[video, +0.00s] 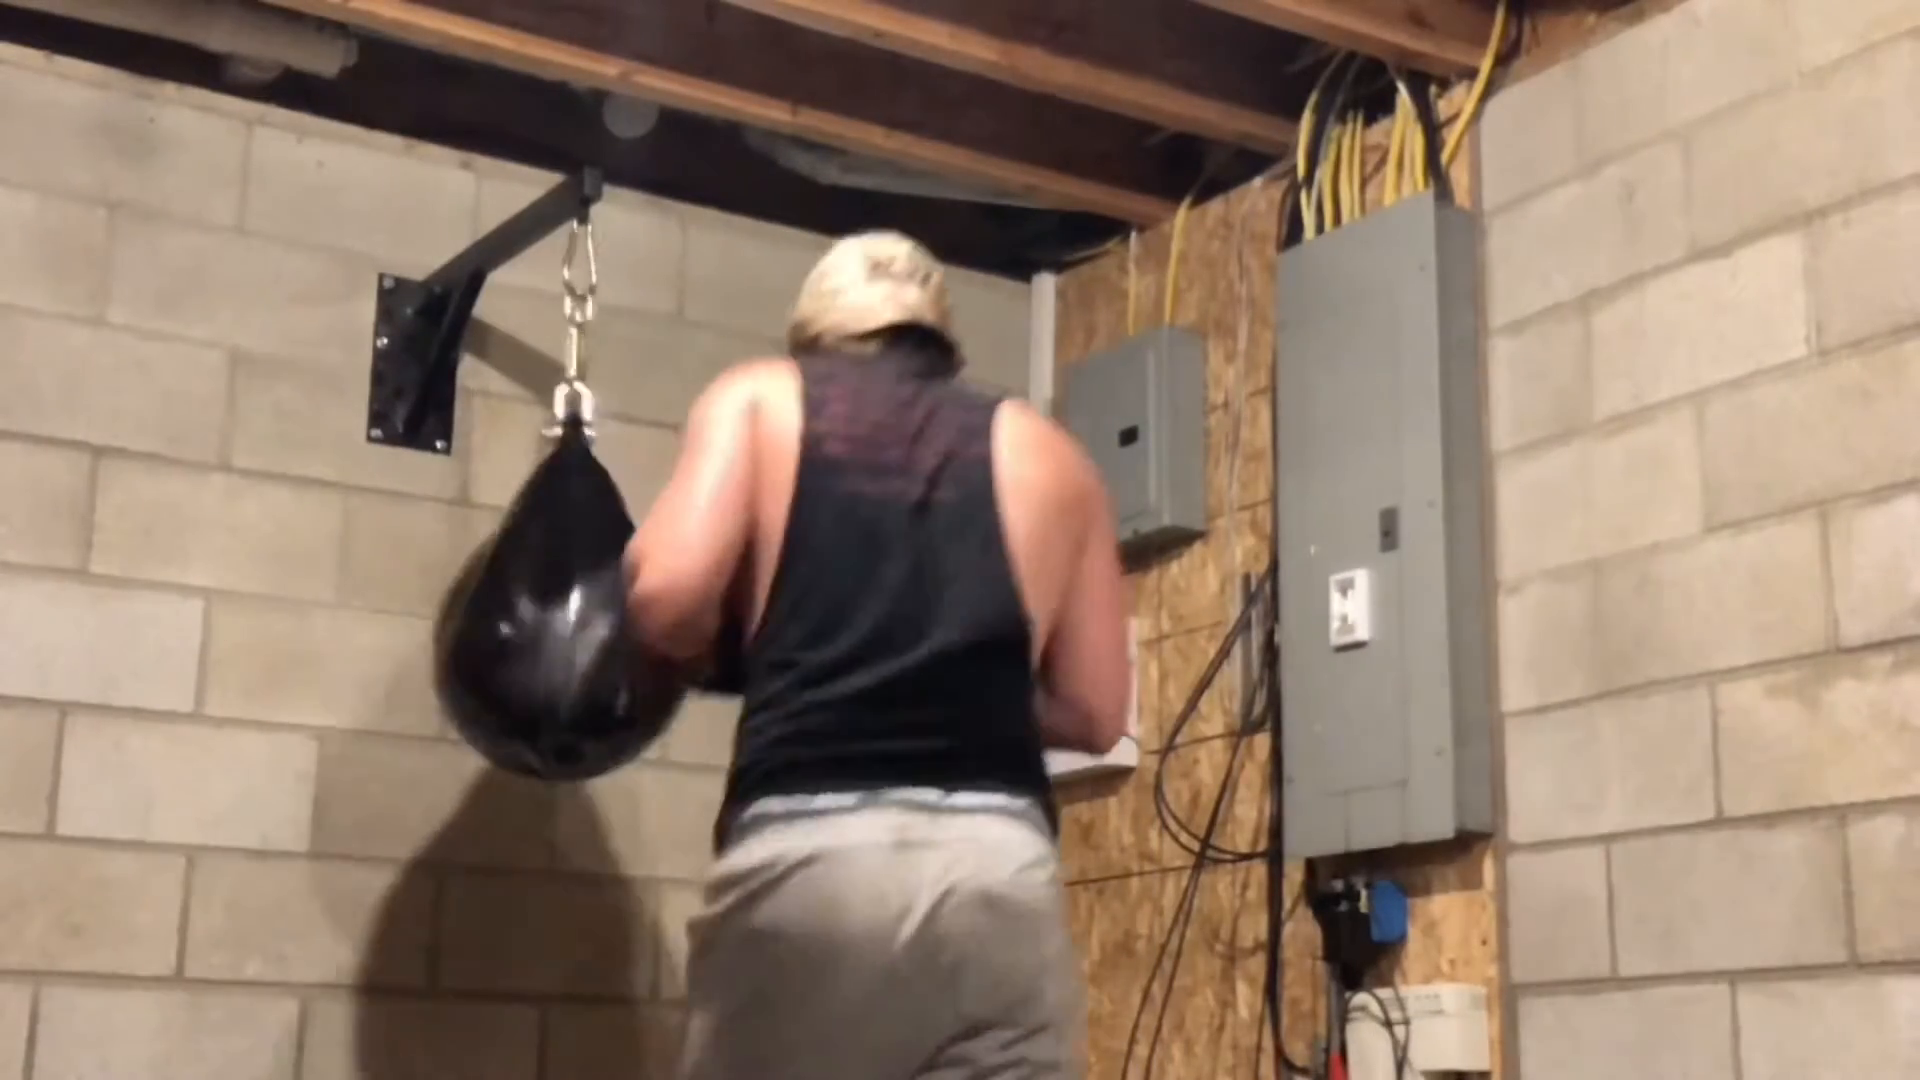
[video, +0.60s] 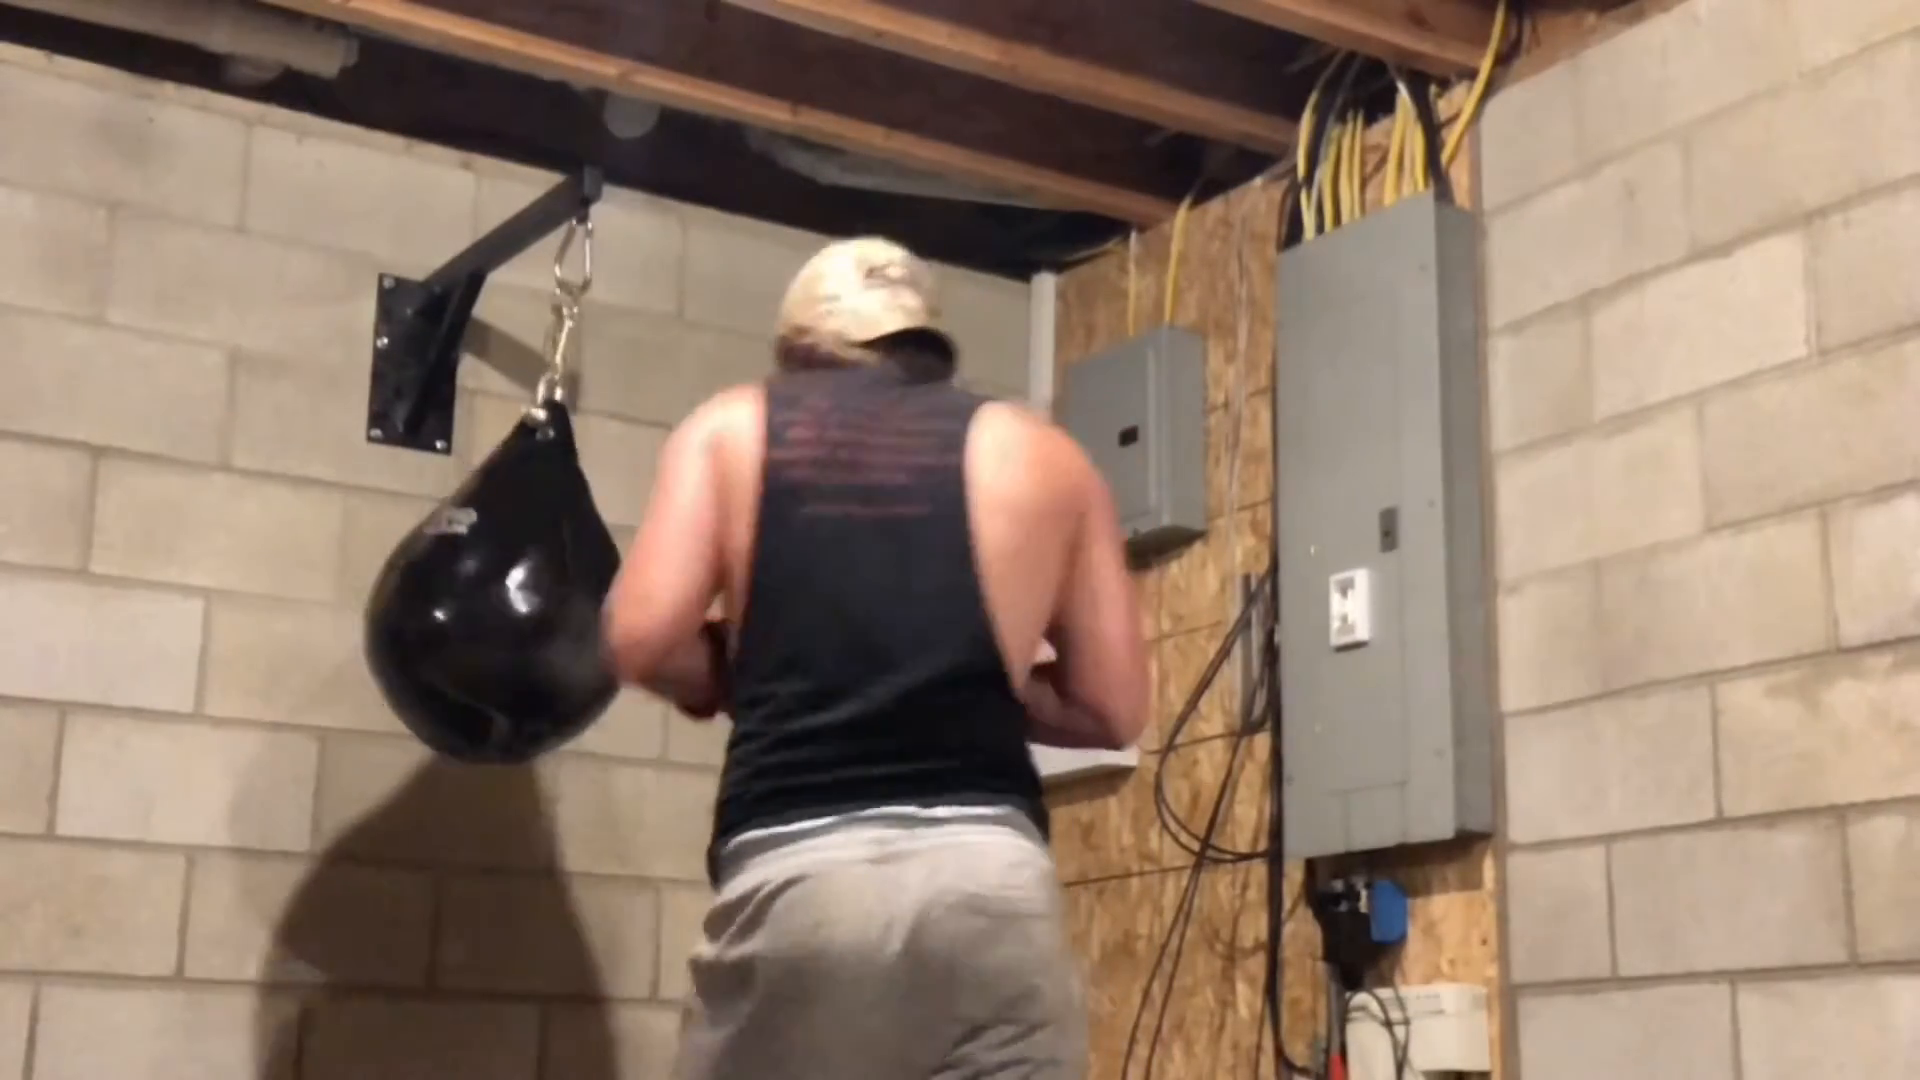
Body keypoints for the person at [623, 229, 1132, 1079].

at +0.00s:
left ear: (811, 331)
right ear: (943, 336)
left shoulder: (754, 397)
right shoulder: (1052, 453)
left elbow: (665, 599)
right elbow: (1092, 714)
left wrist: (723, 655)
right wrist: (944, 695)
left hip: (803, 865)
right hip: (1003, 872)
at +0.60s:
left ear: (798, 344)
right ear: (932, 346)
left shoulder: (727, 428)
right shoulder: (1047, 454)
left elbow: (642, 637)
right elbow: (1114, 712)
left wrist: (750, 671)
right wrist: (976, 679)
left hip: (795, 883)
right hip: (994, 879)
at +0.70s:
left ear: (753, 359)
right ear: (886, 353)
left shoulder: (680, 454)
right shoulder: (1002, 450)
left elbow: (602, 678)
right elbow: (1081, 692)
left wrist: (719, 681)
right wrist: (954, 657)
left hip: (761, 890)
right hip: (960, 881)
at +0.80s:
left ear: (713, 373)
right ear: (847, 358)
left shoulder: (638, 473)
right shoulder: (957, 436)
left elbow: (576, 704)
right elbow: (1049, 676)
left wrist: (696, 685)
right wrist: (918, 642)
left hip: (722, 881)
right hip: (918, 869)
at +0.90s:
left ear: (685, 379)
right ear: (815, 359)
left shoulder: (611, 479)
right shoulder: (915, 427)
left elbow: (554, 713)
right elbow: (1018, 663)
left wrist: (695, 675)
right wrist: (891, 622)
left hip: (680, 878)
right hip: (874, 863)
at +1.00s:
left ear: (662, 388)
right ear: (786, 369)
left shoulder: (591, 484)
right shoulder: (887, 431)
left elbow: (537, 715)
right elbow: (987, 664)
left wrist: (666, 660)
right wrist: (854, 612)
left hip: (650, 882)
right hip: (845, 876)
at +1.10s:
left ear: (637, 399)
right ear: (765, 383)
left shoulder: (572, 486)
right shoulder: (871, 449)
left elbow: (512, 718)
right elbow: (952, 686)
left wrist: (636, 640)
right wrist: (834, 612)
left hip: (626, 886)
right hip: (817, 881)